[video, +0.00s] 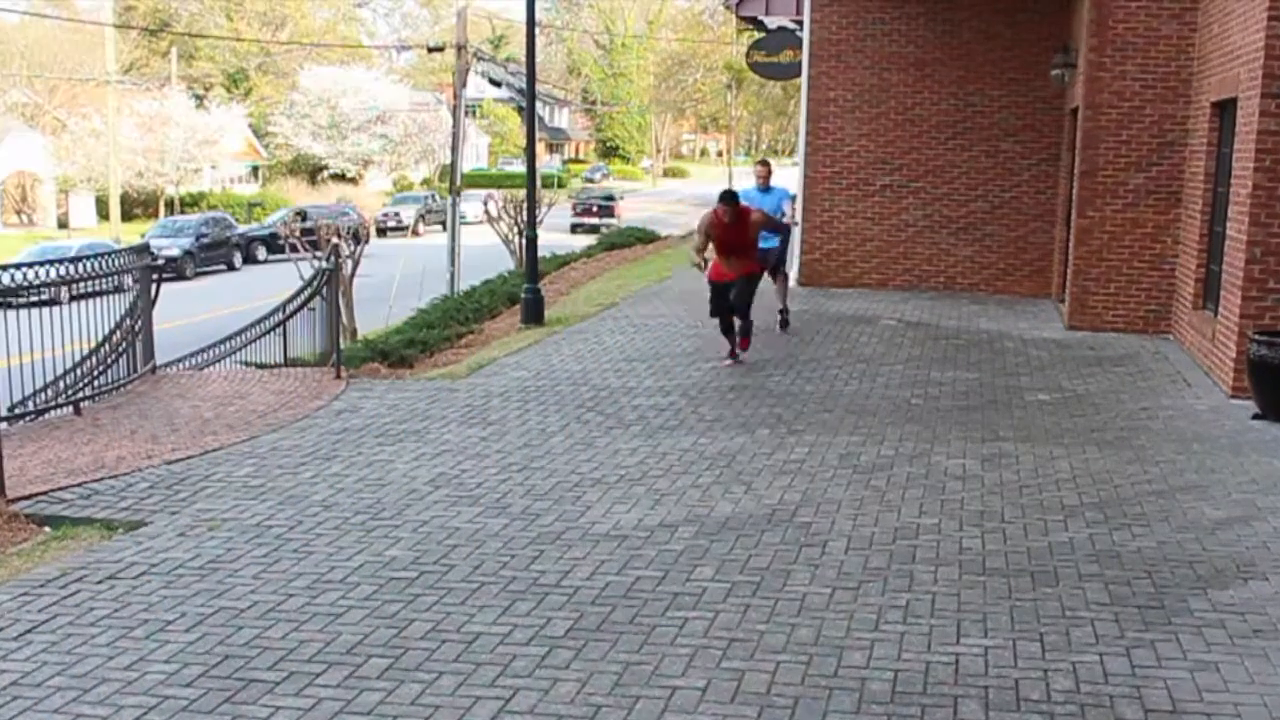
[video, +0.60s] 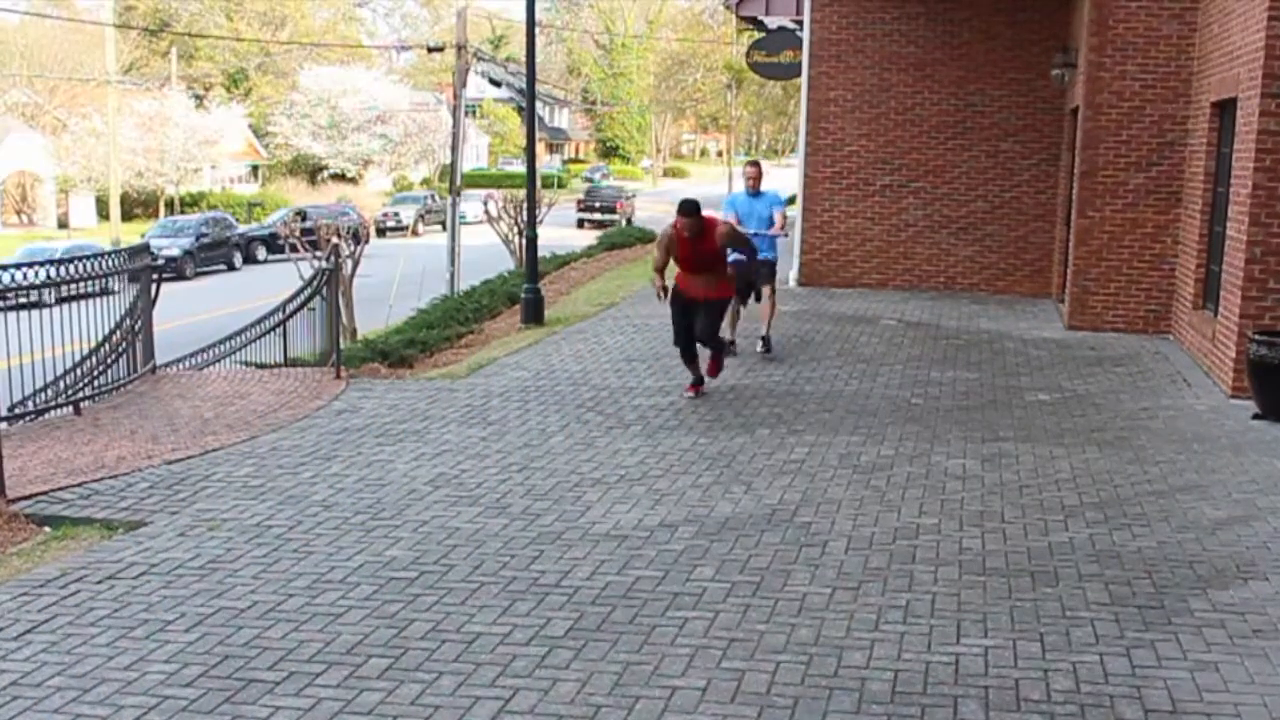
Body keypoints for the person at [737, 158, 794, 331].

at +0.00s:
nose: (762, 180)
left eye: (765, 176)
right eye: (758, 176)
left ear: (770, 176)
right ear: (754, 176)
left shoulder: (781, 194)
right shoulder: (745, 195)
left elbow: (788, 208)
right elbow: (737, 214)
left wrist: (789, 217)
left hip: (775, 244)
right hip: (753, 244)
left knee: (780, 275)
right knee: (747, 282)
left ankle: (783, 309)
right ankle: (744, 316)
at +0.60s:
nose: (751, 182)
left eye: (755, 177)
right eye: (748, 178)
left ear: (761, 178)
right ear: (743, 178)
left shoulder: (772, 198)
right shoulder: (733, 200)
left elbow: (780, 217)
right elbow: (730, 223)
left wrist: (777, 227)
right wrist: (740, 232)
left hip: (765, 253)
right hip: (740, 253)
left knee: (768, 291)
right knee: (736, 297)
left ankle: (765, 334)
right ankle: (731, 337)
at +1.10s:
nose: (738, 184)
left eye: (742, 180)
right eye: (734, 180)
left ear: (748, 182)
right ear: (728, 181)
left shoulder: (760, 205)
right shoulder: (716, 207)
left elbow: (766, 222)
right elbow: (712, 230)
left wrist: (762, 235)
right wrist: (719, 241)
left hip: (753, 267)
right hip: (727, 267)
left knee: (755, 306)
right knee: (719, 316)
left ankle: (756, 356)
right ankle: (715, 361)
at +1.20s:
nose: (735, 182)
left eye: (740, 178)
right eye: (732, 178)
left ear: (746, 181)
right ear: (726, 180)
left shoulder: (759, 204)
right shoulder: (713, 206)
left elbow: (763, 224)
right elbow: (709, 233)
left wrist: (756, 236)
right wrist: (712, 246)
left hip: (750, 271)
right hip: (721, 270)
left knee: (749, 318)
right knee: (714, 321)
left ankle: (748, 366)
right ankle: (715, 362)